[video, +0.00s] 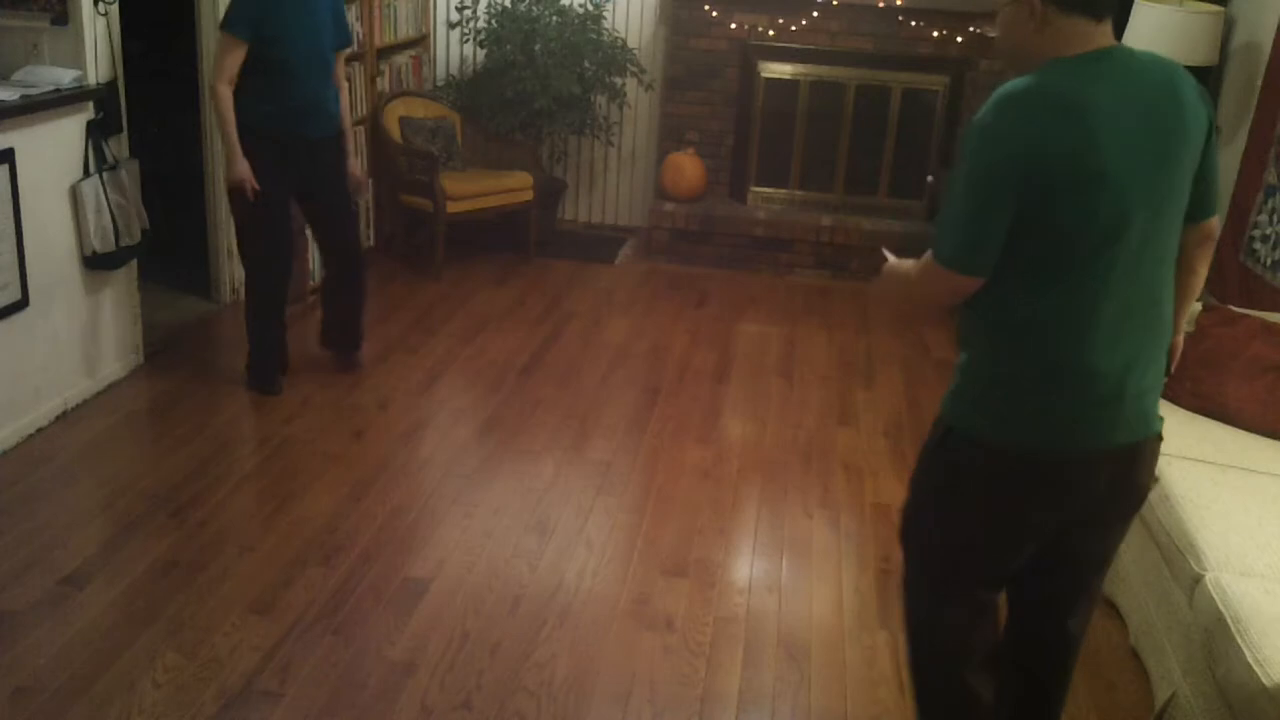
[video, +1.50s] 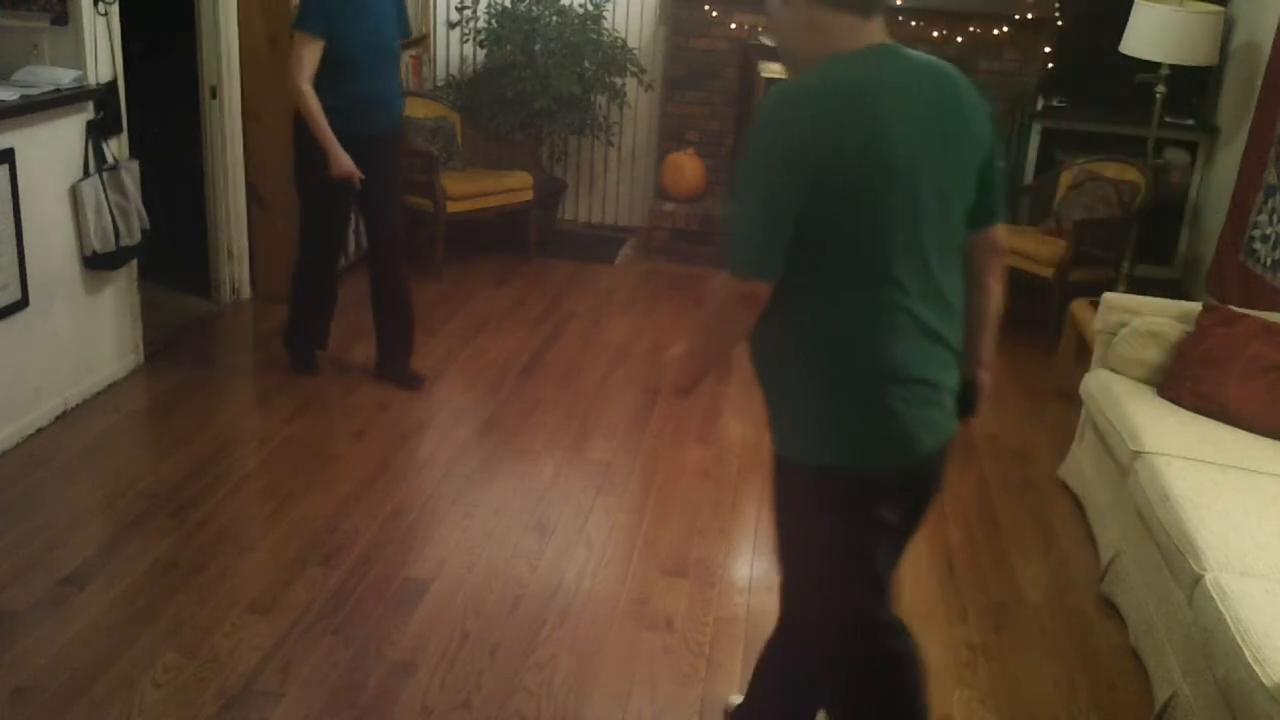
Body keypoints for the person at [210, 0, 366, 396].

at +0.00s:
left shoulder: (331, 8)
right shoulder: (250, 8)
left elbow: (339, 81)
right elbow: (222, 82)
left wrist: (349, 151)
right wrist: (235, 157)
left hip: (321, 147)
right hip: (261, 151)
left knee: (346, 250)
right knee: (268, 262)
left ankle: (343, 341)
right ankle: (265, 370)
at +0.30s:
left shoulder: (323, 7)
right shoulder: (241, 7)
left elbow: (332, 80)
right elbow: (212, 77)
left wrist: (342, 150)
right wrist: (236, 152)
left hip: (315, 146)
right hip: (257, 149)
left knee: (312, 255)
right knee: (264, 260)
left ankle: (295, 352)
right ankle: (262, 368)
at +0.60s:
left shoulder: (331, 8)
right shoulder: (248, 8)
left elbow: (338, 81)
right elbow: (221, 83)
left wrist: (347, 154)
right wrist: (239, 157)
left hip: (321, 148)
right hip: (262, 153)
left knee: (343, 246)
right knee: (268, 264)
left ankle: (340, 342)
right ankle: (262, 370)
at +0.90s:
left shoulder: (367, 7)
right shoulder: (282, 8)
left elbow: (382, 77)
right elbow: (256, 83)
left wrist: (395, 148)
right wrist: (264, 155)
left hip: (362, 144)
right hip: (303, 146)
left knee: (358, 255)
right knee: (297, 260)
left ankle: (355, 350)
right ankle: (269, 364)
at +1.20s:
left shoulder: (379, 6)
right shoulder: (300, 7)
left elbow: (389, 74)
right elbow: (272, 76)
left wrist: (408, 144)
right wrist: (302, 150)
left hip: (365, 139)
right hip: (309, 142)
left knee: (365, 244)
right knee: (316, 245)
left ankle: (356, 347)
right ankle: (304, 343)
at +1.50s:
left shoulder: (393, 6)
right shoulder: (321, 7)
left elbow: (389, 57)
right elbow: (300, 82)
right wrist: (334, 152)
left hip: (380, 136)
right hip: (325, 136)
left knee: (388, 247)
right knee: (321, 245)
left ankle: (394, 359)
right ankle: (303, 343)